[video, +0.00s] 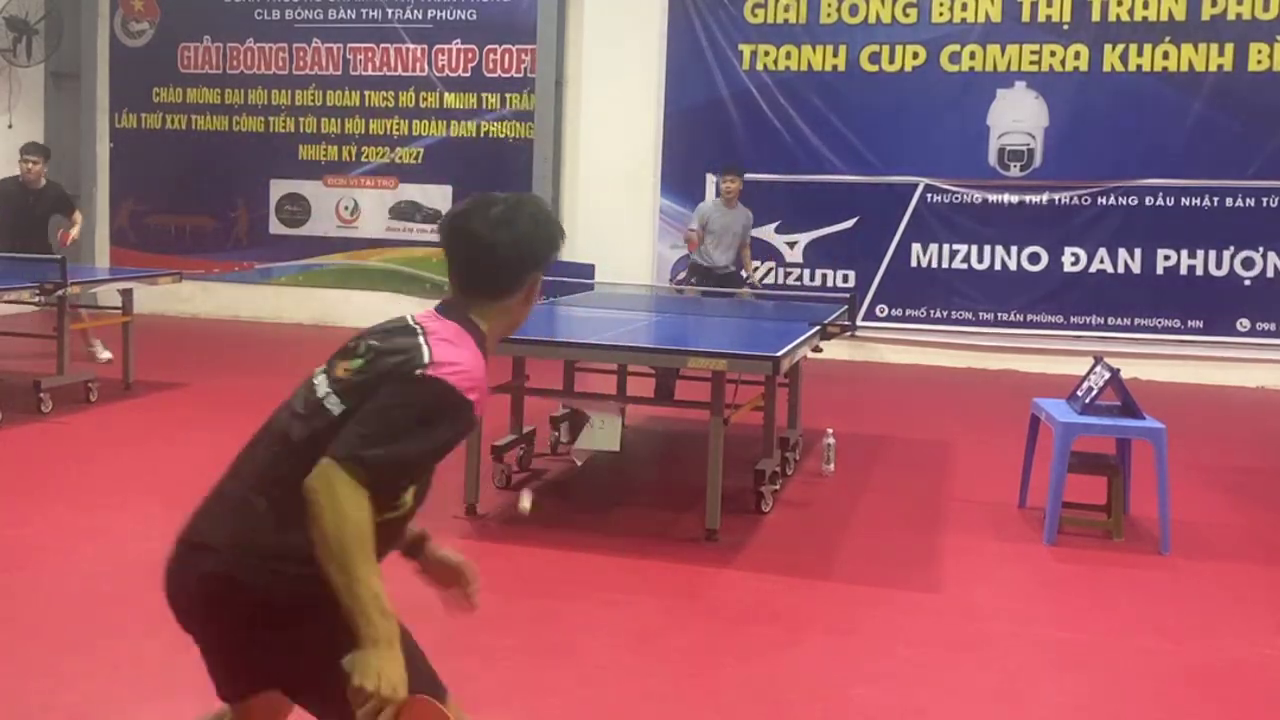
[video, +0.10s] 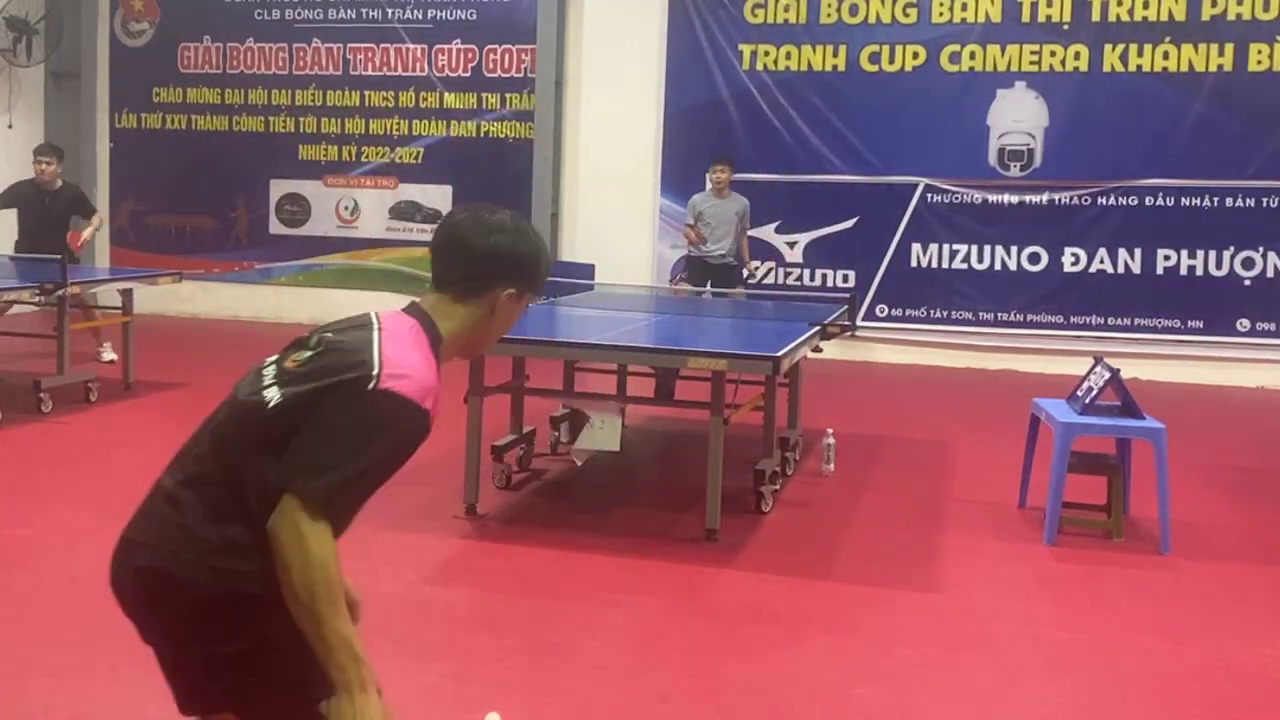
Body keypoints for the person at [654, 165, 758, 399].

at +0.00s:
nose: (728, 186)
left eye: (733, 182)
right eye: (725, 182)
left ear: (741, 186)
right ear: (719, 185)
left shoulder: (746, 215)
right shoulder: (706, 208)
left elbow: (744, 247)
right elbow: (692, 238)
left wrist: (750, 274)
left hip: (729, 274)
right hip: (701, 271)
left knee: (752, 310)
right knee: (683, 318)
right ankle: (666, 383)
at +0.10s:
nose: (717, 176)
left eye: (722, 172)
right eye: (714, 172)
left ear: (731, 176)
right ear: (708, 176)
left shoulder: (741, 203)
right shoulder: (697, 201)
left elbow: (742, 234)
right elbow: (688, 227)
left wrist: (747, 261)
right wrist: (692, 235)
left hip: (727, 264)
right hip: (698, 261)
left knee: (730, 310)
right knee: (687, 306)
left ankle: (729, 351)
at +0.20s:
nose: (707, 176)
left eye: (711, 172)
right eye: (703, 172)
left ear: (719, 175)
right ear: (698, 176)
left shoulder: (734, 203)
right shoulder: (689, 202)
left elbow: (743, 232)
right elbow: (678, 230)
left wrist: (748, 257)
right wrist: (684, 233)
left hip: (723, 266)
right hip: (694, 263)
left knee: (732, 308)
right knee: (678, 305)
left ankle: (732, 351)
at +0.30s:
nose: (696, 178)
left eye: (700, 174)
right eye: (692, 175)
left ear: (709, 177)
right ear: (688, 180)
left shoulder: (725, 205)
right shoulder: (681, 205)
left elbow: (738, 234)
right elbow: (670, 235)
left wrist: (745, 261)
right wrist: (675, 236)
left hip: (716, 272)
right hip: (685, 270)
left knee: (724, 323)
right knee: (672, 323)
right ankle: (665, 387)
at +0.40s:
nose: (687, 177)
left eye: (691, 172)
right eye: (684, 174)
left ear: (701, 175)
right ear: (680, 180)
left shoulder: (717, 202)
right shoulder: (673, 204)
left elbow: (727, 231)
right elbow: (664, 231)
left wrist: (731, 259)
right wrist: (672, 245)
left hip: (711, 269)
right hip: (681, 268)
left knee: (722, 316)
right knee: (670, 320)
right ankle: (665, 383)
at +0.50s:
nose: (683, 173)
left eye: (687, 169)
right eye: (679, 170)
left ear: (697, 171)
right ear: (676, 175)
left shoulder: (712, 197)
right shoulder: (669, 200)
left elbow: (718, 225)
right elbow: (660, 226)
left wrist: (715, 248)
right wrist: (668, 244)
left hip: (705, 262)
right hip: (678, 261)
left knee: (709, 308)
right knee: (670, 309)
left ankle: (711, 349)